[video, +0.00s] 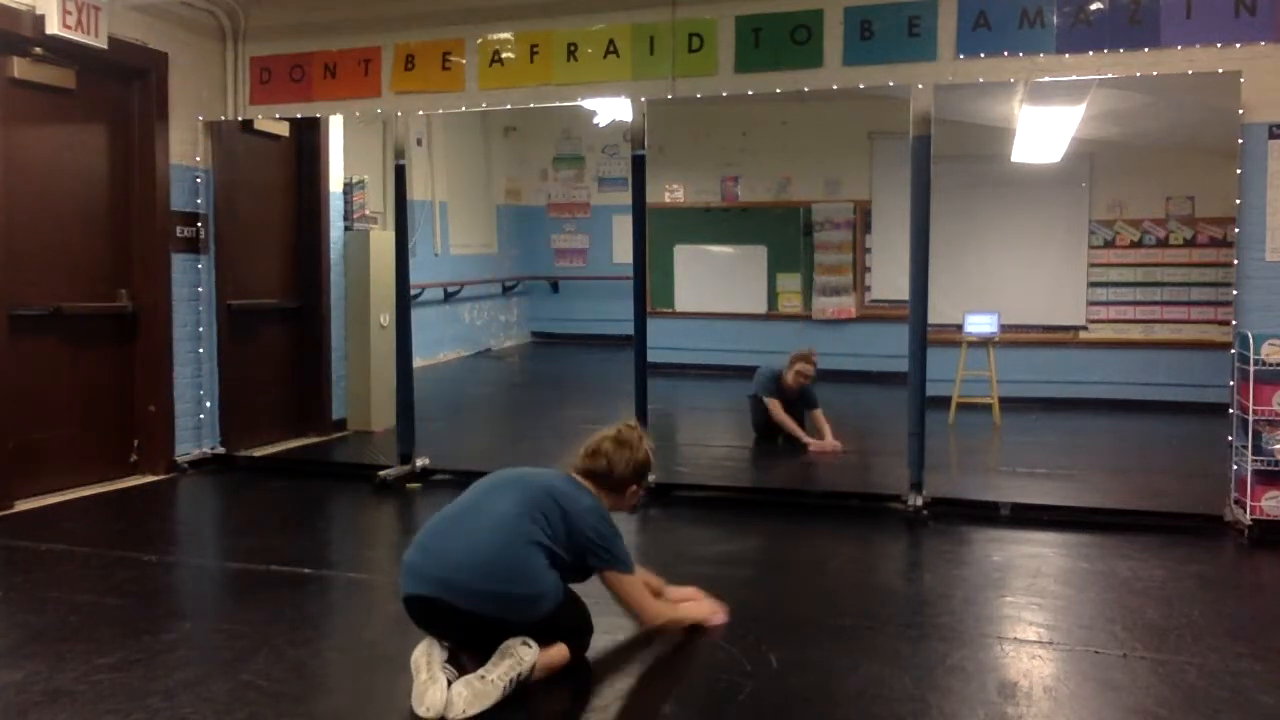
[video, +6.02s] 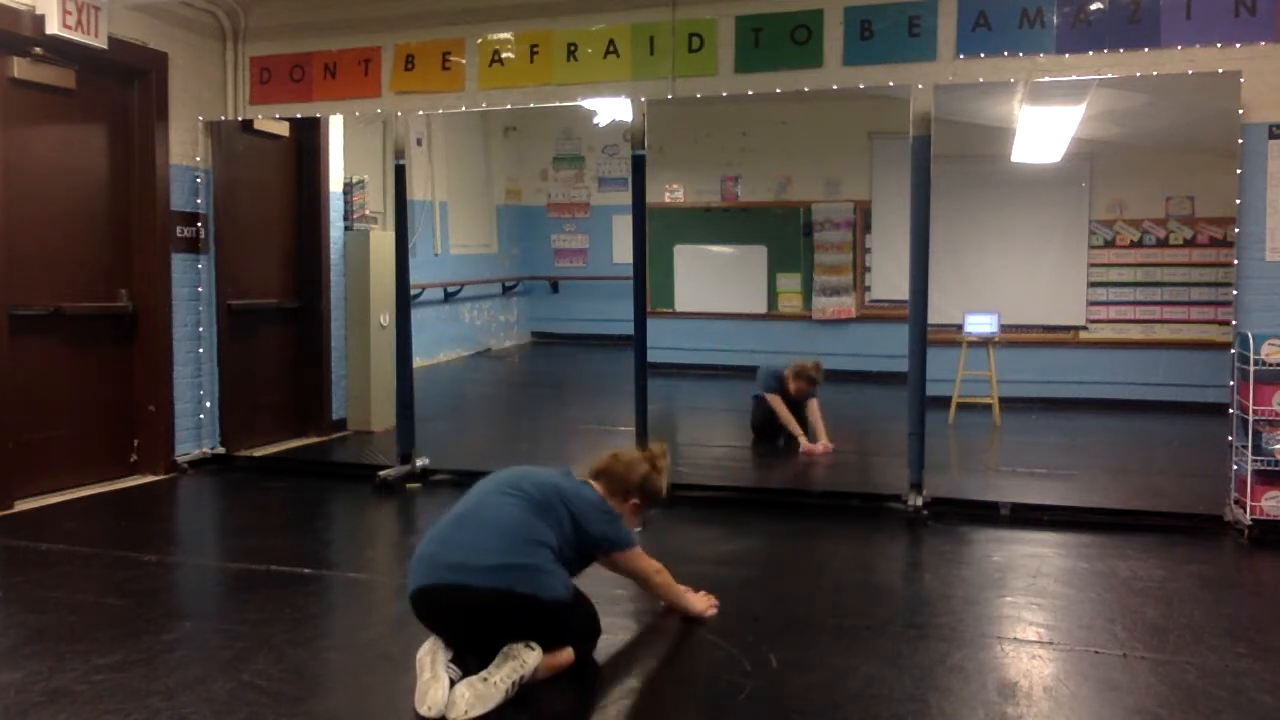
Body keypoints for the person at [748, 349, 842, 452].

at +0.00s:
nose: (802, 381)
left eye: (807, 378)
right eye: (799, 374)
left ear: (811, 379)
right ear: (790, 368)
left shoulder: (806, 390)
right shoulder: (766, 378)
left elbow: (818, 416)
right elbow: (777, 413)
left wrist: (829, 439)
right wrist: (807, 440)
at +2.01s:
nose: (758, 336)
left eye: (763, 332)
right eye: (755, 332)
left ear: (771, 335)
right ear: (750, 335)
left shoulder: (783, 357)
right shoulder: (748, 359)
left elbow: (772, 394)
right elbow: (739, 393)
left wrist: (753, 424)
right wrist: (734, 426)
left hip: (801, 398)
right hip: (776, 397)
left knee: (794, 439)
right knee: (763, 439)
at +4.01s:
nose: (751, 335)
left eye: (753, 329)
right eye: (746, 333)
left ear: (762, 327)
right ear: (744, 338)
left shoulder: (790, 352)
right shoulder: (752, 361)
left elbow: (811, 379)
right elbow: (748, 390)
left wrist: (786, 404)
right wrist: (754, 404)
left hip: (795, 406)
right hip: (768, 408)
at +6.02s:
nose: (800, 394)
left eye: (804, 391)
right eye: (799, 389)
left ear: (810, 387)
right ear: (792, 379)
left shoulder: (807, 385)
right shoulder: (769, 380)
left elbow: (814, 414)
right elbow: (782, 413)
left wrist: (823, 440)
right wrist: (802, 440)